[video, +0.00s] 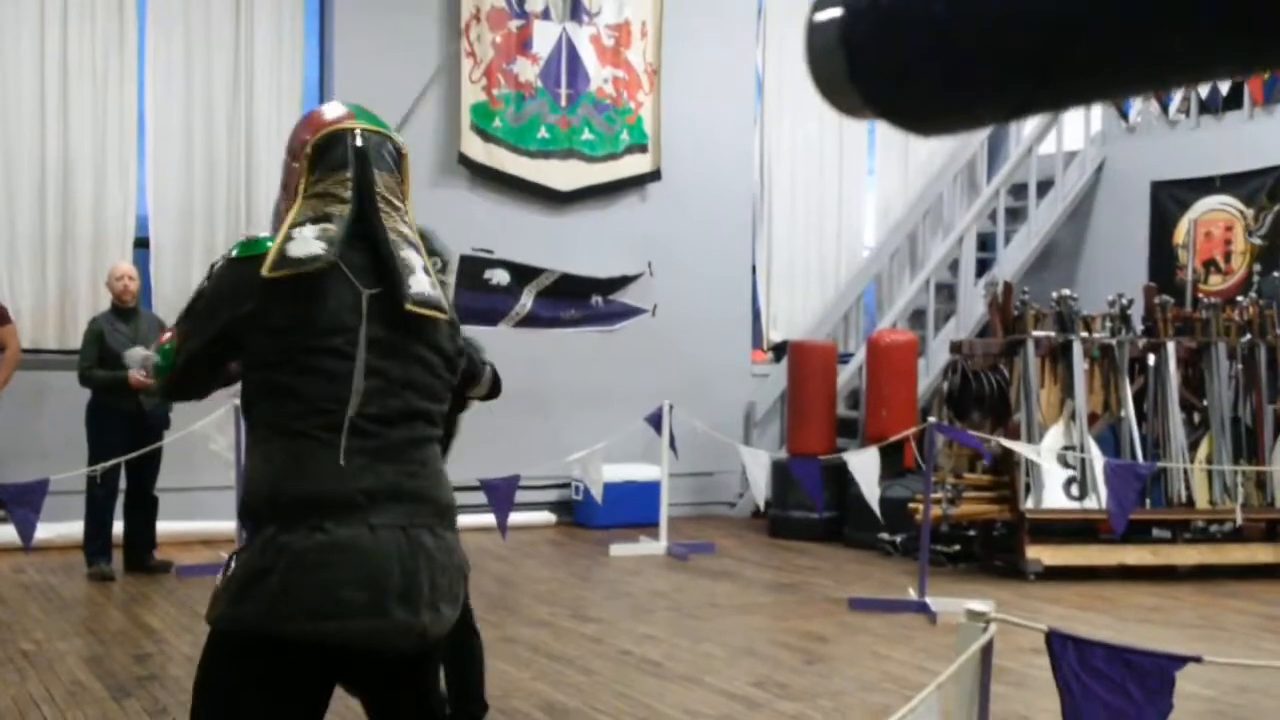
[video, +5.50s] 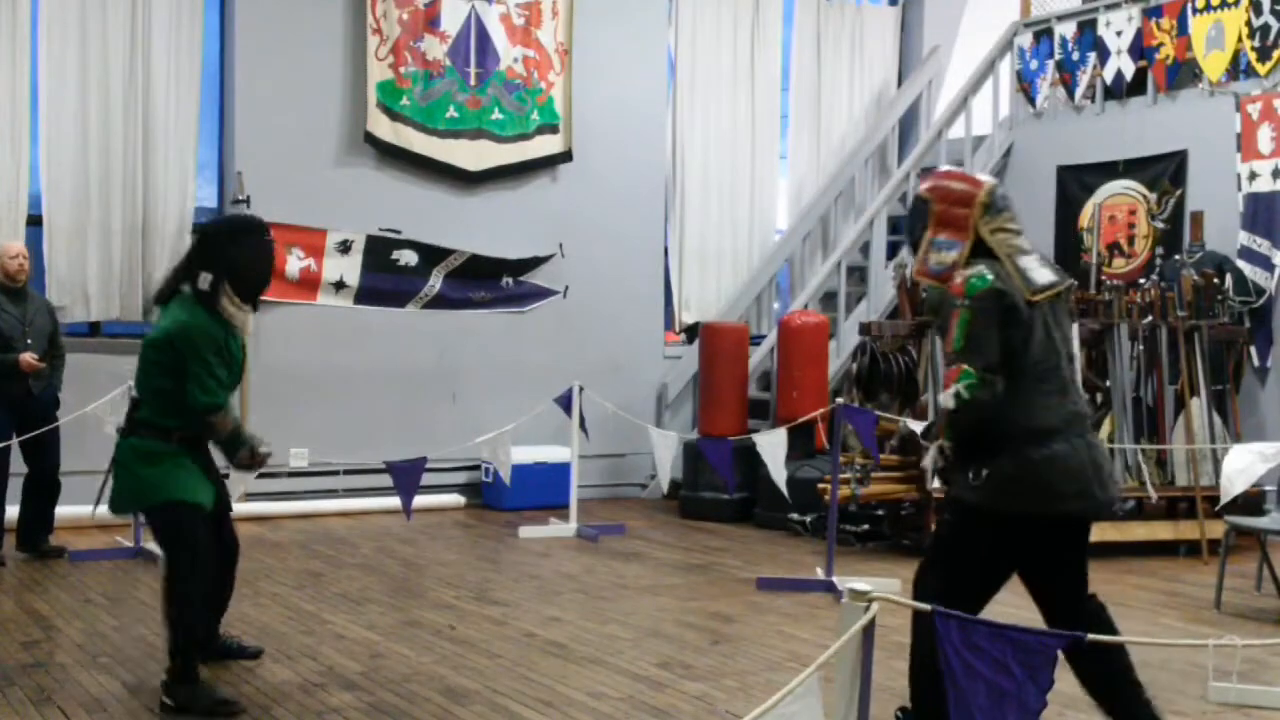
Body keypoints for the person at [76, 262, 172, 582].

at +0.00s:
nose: (126, 284)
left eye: (131, 278)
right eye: (119, 279)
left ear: (140, 284)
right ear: (109, 286)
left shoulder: (155, 325)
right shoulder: (98, 327)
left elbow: (173, 366)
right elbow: (86, 374)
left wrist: (157, 380)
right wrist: (125, 378)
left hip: (148, 418)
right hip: (108, 418)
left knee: (143, 490)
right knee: (103, 489)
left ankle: (140, 555)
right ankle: (99, 559)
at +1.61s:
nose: (90, 270)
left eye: (94, 264)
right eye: (83, 264)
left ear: (100, 270)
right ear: (69, 272)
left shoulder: (114, 312)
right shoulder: (58, 311)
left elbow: (127, 358)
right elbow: (43, 360)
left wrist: (121, 396)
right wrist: (82, 362)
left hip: (106, 406)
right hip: (65, 407)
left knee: (101, 479)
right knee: (59, 477)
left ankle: (97, 544)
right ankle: (55, 547)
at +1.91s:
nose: (46, 266)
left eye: (50, 260)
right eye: (39, 260)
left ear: (56, 266)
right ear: (25, 267)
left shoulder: (71, 308)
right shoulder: (13, 309)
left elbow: (85, 353)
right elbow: (4, 356)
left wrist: (79, 389)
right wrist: (40, 359)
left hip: (63, 403)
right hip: (22, 404)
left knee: (58, 476)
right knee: (16, 475)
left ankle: (55, 542)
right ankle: (12, 544)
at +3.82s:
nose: (26, 262)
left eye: (29, 256)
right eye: (19, 257)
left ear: (35, 263)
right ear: (4, 265)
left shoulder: (48, 304)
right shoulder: (2, 302)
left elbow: (63, 350)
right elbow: (0, 353)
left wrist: (58, 390)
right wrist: (18, 358)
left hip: (41, 402)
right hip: (5, 402)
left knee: (36, 475)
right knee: (2, 474)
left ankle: (32, 541)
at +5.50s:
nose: (21, 263)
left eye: (24, 257)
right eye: (13, 257)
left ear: (30, 264)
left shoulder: (41, 305)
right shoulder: (1, 303)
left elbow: (56, 351)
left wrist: (52, 389)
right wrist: (15, 360)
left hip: (37, 400)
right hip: (2, 402)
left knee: (45, 469)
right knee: (1, 474)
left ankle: (33, 538)